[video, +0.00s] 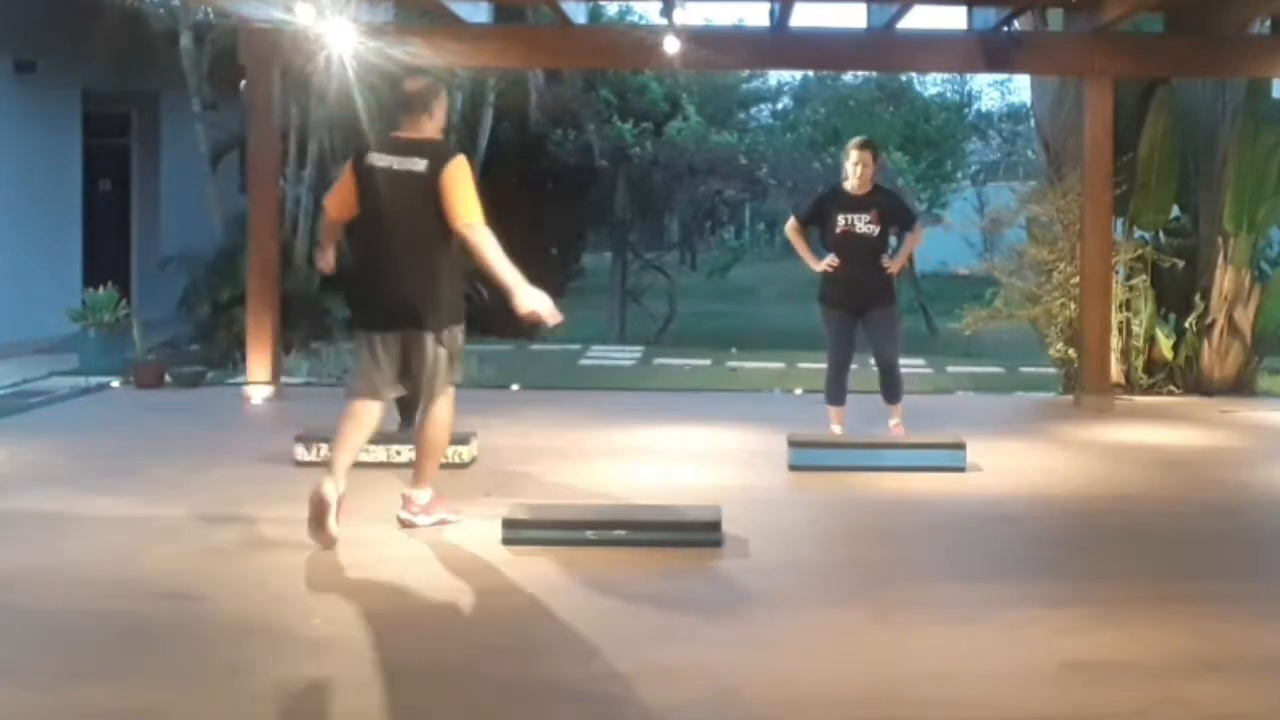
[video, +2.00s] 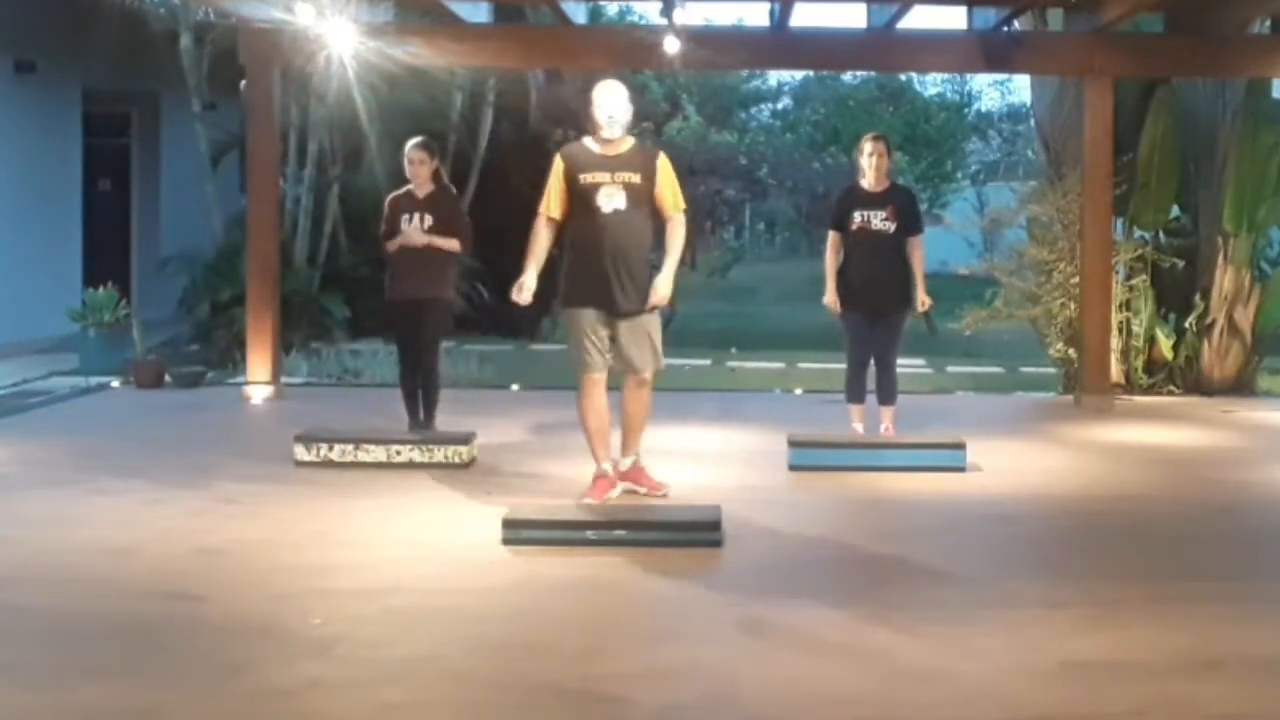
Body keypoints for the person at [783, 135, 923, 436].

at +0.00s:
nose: (859, 171)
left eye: (865, 165)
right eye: (854, 164)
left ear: (875, 167)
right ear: (846, 165)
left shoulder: (886, 199)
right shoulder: (828, 199)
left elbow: (915, 228)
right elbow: (792, 227)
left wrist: (901, 259)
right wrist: (814, 261)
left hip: (877, 286)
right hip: (839, 286)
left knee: (887, 357)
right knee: (839, 357)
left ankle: (896, 420)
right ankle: (837, 426)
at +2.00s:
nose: (874, 160)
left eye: (879, 155)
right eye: (869, 155)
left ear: (888, 159)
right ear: (860, 159)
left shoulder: (904, 198)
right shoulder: (847, 198)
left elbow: (915, 245)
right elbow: (834, 245)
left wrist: (920, 288)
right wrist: (830, 287)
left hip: (893, 292)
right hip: (855, 292)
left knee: (886, 359)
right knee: (857, 359)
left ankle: (888, 425)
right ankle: (858, 425)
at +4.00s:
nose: (880, 173)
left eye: (885, 167)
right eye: (875, 167)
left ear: (896, 168)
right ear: (868, 167)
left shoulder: (909, 201)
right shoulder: (853, 198)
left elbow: (919, 250)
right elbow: (834, 241)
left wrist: (925, 294)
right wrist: (829, 285)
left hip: (896, 293)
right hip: (857, 291)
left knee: (887, 359)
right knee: (864, 353)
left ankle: (888, 422)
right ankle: (856, 414)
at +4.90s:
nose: (879, 166)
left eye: (884, 160)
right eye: (874, 161)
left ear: (896, 163)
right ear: (867, 165)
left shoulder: (910, 201)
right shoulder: (854, 197)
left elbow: (924, 248)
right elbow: (838, 242)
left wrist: (931, 293)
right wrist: (831, 286)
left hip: (896, 293)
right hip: (857, 291)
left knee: (889, 360)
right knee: (863, 353)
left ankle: (890, 424)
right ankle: (854, 413)